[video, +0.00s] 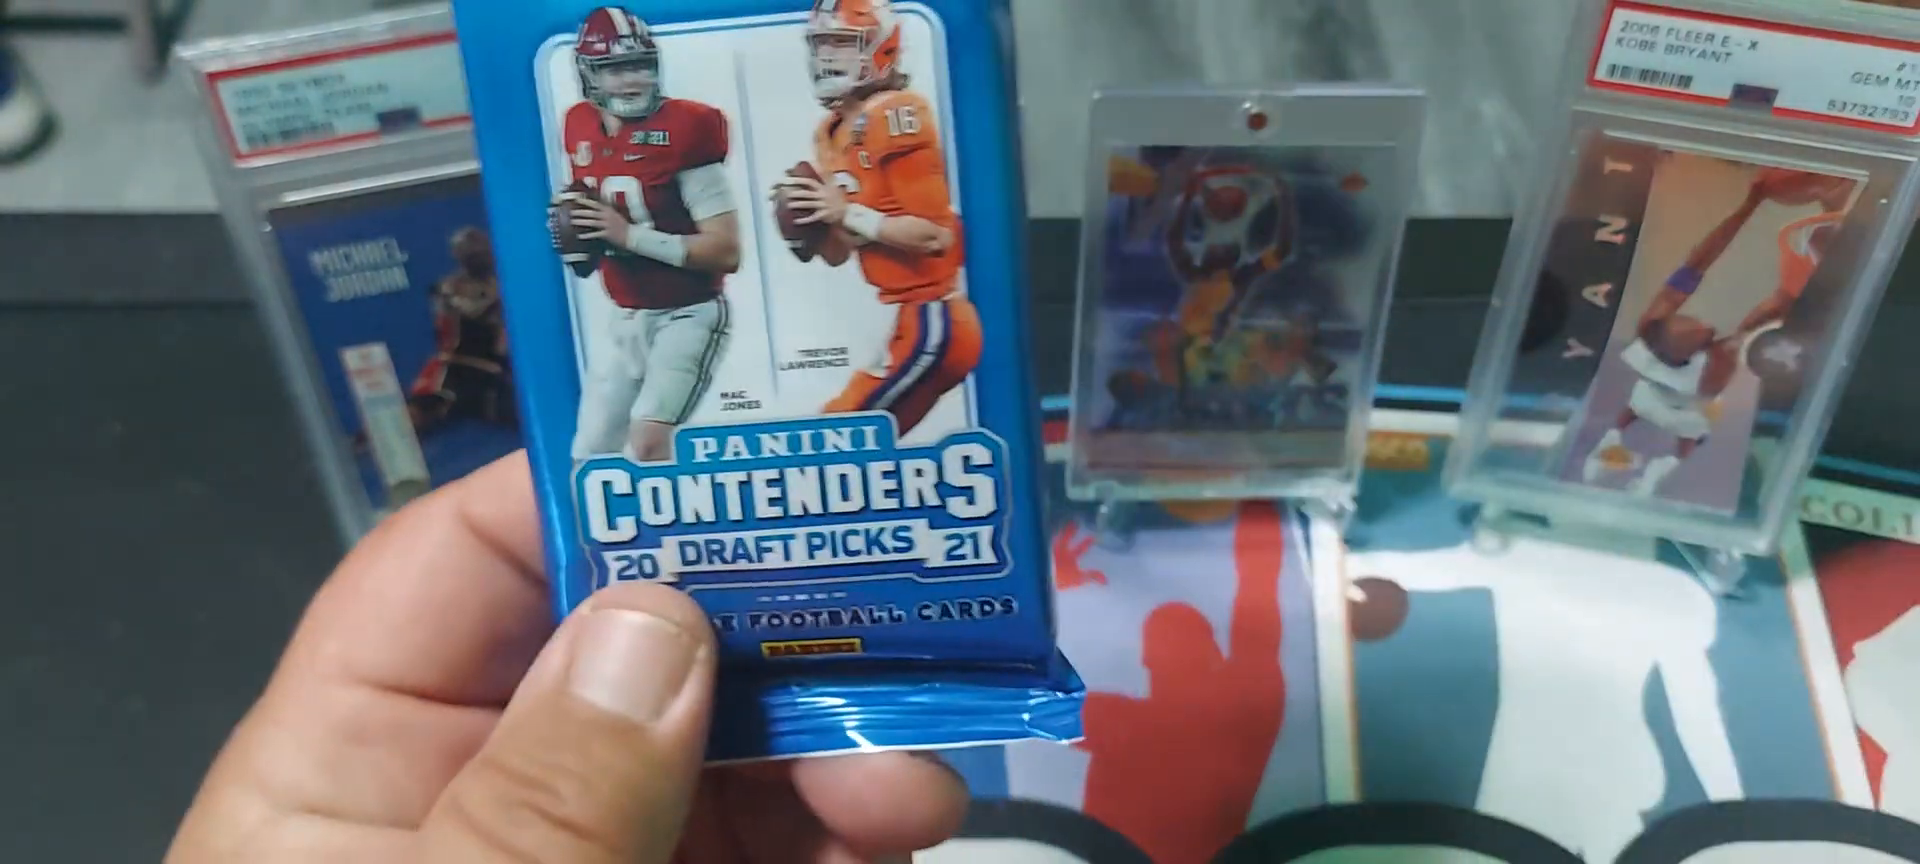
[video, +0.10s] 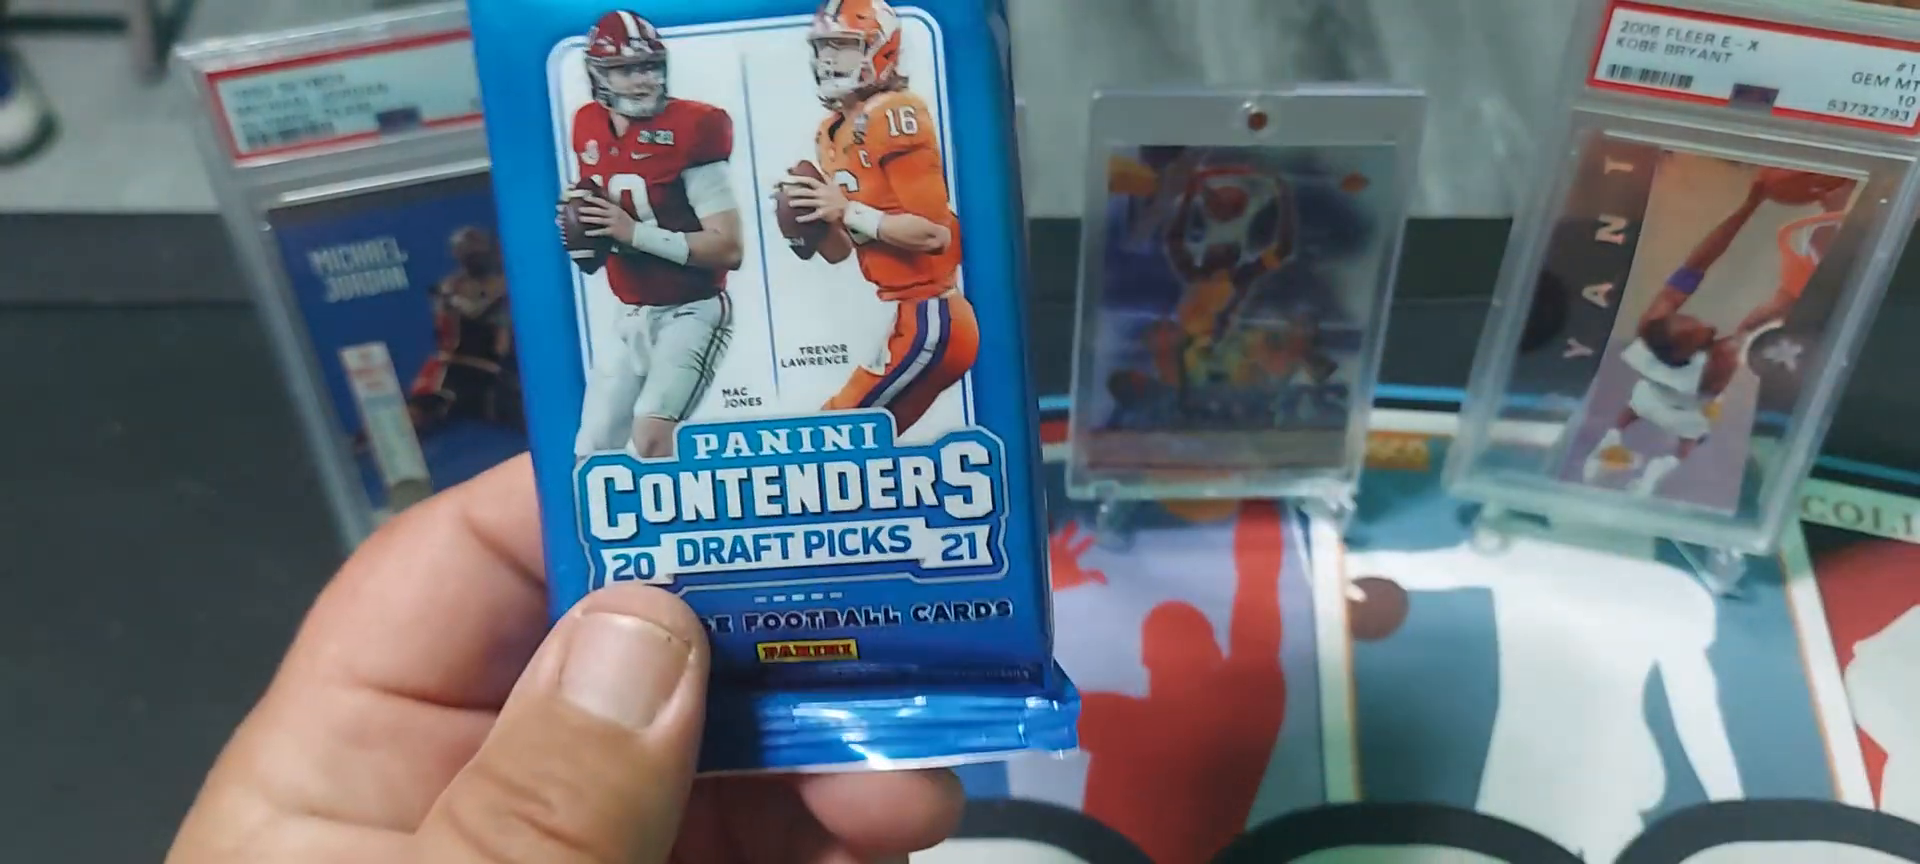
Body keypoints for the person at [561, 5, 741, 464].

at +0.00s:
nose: (631, 79)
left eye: (639, 66)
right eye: (615, 69)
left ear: (654, 67)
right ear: (589, 76)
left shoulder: (689, 128)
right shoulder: (580, 125)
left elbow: (726, 252)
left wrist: (628, 235)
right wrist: (568, 230)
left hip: (692, 314)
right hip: (624, 319)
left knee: (647, 442)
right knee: (590, 455)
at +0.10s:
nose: (640, 80)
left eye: (649, 67)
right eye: (625, 70)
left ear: (663, 67)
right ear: (599, 75)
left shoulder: (695, 127)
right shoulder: (588, 124)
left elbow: (729, 248)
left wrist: (633, 231)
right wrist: (576, 222)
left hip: (695, 312)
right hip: (630, 317)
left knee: (650, 438)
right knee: (592, 453)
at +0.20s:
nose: (703, 112)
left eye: (713, 100)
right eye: (688, 102)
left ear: (728, 101)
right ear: (664, 106)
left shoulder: (753, 162)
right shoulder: (652, 153)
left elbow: (781, 279)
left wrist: (689, 260)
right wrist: (635, 255)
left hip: (746, 342)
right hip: (683, 343)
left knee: (695, 459)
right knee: (637, 474)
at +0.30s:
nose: (755, 138)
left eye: (765, 126)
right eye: (740, 127)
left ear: (778, 128)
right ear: (713, 131)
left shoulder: (804, 187)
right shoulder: (699, 177)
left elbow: (828, 306)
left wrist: (737, 285)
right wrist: (682, 276)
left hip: (791, 367)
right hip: (727, 368)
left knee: (737, 486)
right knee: (677, 500)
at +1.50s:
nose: (745, 194)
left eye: (755, 180)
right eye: (731, 182)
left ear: (771, 181)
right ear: (703, 186)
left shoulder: (806, 246)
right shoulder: (689, 234)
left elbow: (833, 371)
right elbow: (685, 315)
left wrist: (732, 347)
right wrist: (674, 336)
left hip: (794, 432)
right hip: (723, 430)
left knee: (744, 547)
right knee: (681, 564)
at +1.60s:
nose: (714, 214)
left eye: (723, 201)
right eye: (699, 204)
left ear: (738, 204)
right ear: (670, 211)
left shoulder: (774, 266)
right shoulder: (658, 259)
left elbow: (811, 386)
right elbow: (667, 390)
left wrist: (709, 366)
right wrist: (647, 357)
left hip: (774, 445)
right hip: (707, 448)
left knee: (729, 559)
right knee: (670, 578)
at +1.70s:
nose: (728, 178)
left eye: (737, 165)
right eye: (713, 168)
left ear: (753, 166)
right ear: (687, 173)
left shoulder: (784, 228)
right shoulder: (675, 220)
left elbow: (816, 347)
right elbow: (678, 296)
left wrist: (720, 328)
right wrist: (660, 313)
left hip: (779, 409)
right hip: (712, 411)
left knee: (731, 528)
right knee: (669, 546)